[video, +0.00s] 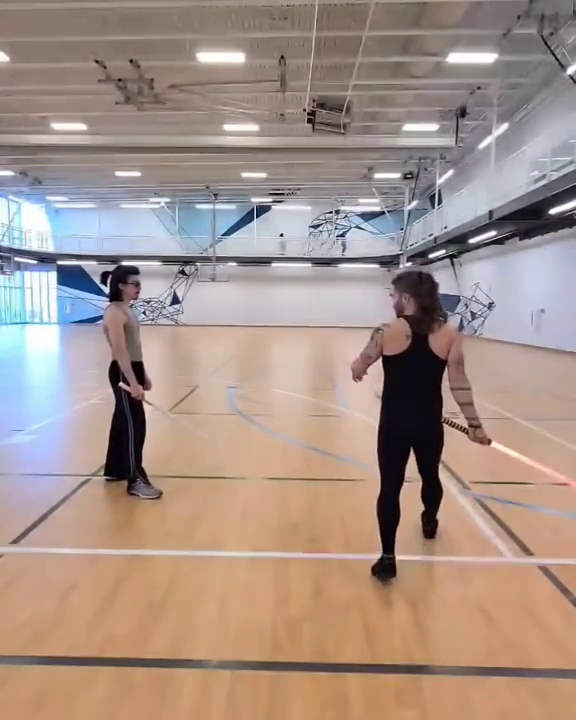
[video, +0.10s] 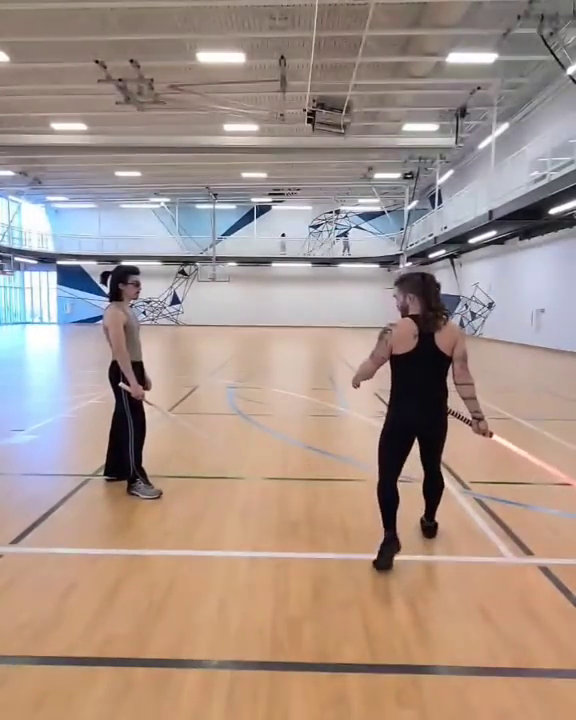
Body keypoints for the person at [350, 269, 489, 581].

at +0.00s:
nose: (392, 301)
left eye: (395, 296)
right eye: (393, 295)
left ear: (408, 298)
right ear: (429, 298)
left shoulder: (388, 332)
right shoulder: (450, 336)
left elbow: (360, 365)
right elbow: (459, 386)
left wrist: (357, 372)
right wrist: (475, 426)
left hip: (394, 426)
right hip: (429, 427)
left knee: (389, 488)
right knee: (430, 476)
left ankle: (388, 557)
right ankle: (430, 522)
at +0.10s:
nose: (397, 302)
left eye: (400, 297)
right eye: (397, 297)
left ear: (411, 298)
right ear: (431, 298)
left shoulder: (396, 331)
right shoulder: (453, 334)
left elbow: (372, 365)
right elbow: (463, 379)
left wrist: (358, 377)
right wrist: (477, 416)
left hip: (400, 418)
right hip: (434, 420)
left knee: (387, 478)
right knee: (432, 469)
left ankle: (390, 536)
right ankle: (430, 521)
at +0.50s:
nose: (394, 303)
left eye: (397, 299)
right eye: (394, 299)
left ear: (410, 299)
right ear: (420, 298)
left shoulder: (405, 326)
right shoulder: (448, 324)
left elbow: (396, 368)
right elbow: (459, 359)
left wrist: (390, 403)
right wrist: (465, 381)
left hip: (408, 401)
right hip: (437, 402)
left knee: (406, 448)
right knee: (434, 457)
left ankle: (407, 487)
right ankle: (430, 513)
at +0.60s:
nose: (391, 303)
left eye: (394, 298)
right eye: (391, 298)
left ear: (406, 299)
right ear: (419, 299)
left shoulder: (402, 328)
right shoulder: (447, 325)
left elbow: (392, 367)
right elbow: (454, 359)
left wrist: (383, 401)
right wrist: (455, 378)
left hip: (407, 399)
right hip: (435, 400)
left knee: (404, 445)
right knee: (439, 452)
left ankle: (406, 487)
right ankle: (432, 497)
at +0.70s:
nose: (392, 301)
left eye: (395, 296)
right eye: (392, 296)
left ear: (408, 297)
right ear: (420, 297)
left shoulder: (402, 326)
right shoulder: (446, 323)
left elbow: (389, 364)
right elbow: (452, 362)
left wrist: (373, 393)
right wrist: (444, 380)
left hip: (408, 393)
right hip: (436, 393)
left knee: (404, 442)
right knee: (444, 440)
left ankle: (407, 486)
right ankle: (437, 481)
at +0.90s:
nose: (401, 297)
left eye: (405, 292)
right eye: (402, 292)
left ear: (417, 295)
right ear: (426, 295)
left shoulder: (410, 323)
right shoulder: (449, 322)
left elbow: (391, 356)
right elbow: (453, 356)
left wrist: (373, 362)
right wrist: (434, 363)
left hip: (417, 389)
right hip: (443, 387)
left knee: (407, 435)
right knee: (450, 426)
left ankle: (408, 486)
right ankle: (462, 468)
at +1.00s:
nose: (409, 299)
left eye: (413, 295)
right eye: (410, 294)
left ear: (425, 297)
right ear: (433, 297)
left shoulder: (419, 324)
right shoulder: (452, 323)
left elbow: (400, 356)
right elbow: (457, 356)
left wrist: (382, 357)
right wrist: (442, 367)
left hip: (422, 390)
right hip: (447, 387)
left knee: (408, 435)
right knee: (454, 424)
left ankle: (408, 486)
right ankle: (469, 461)